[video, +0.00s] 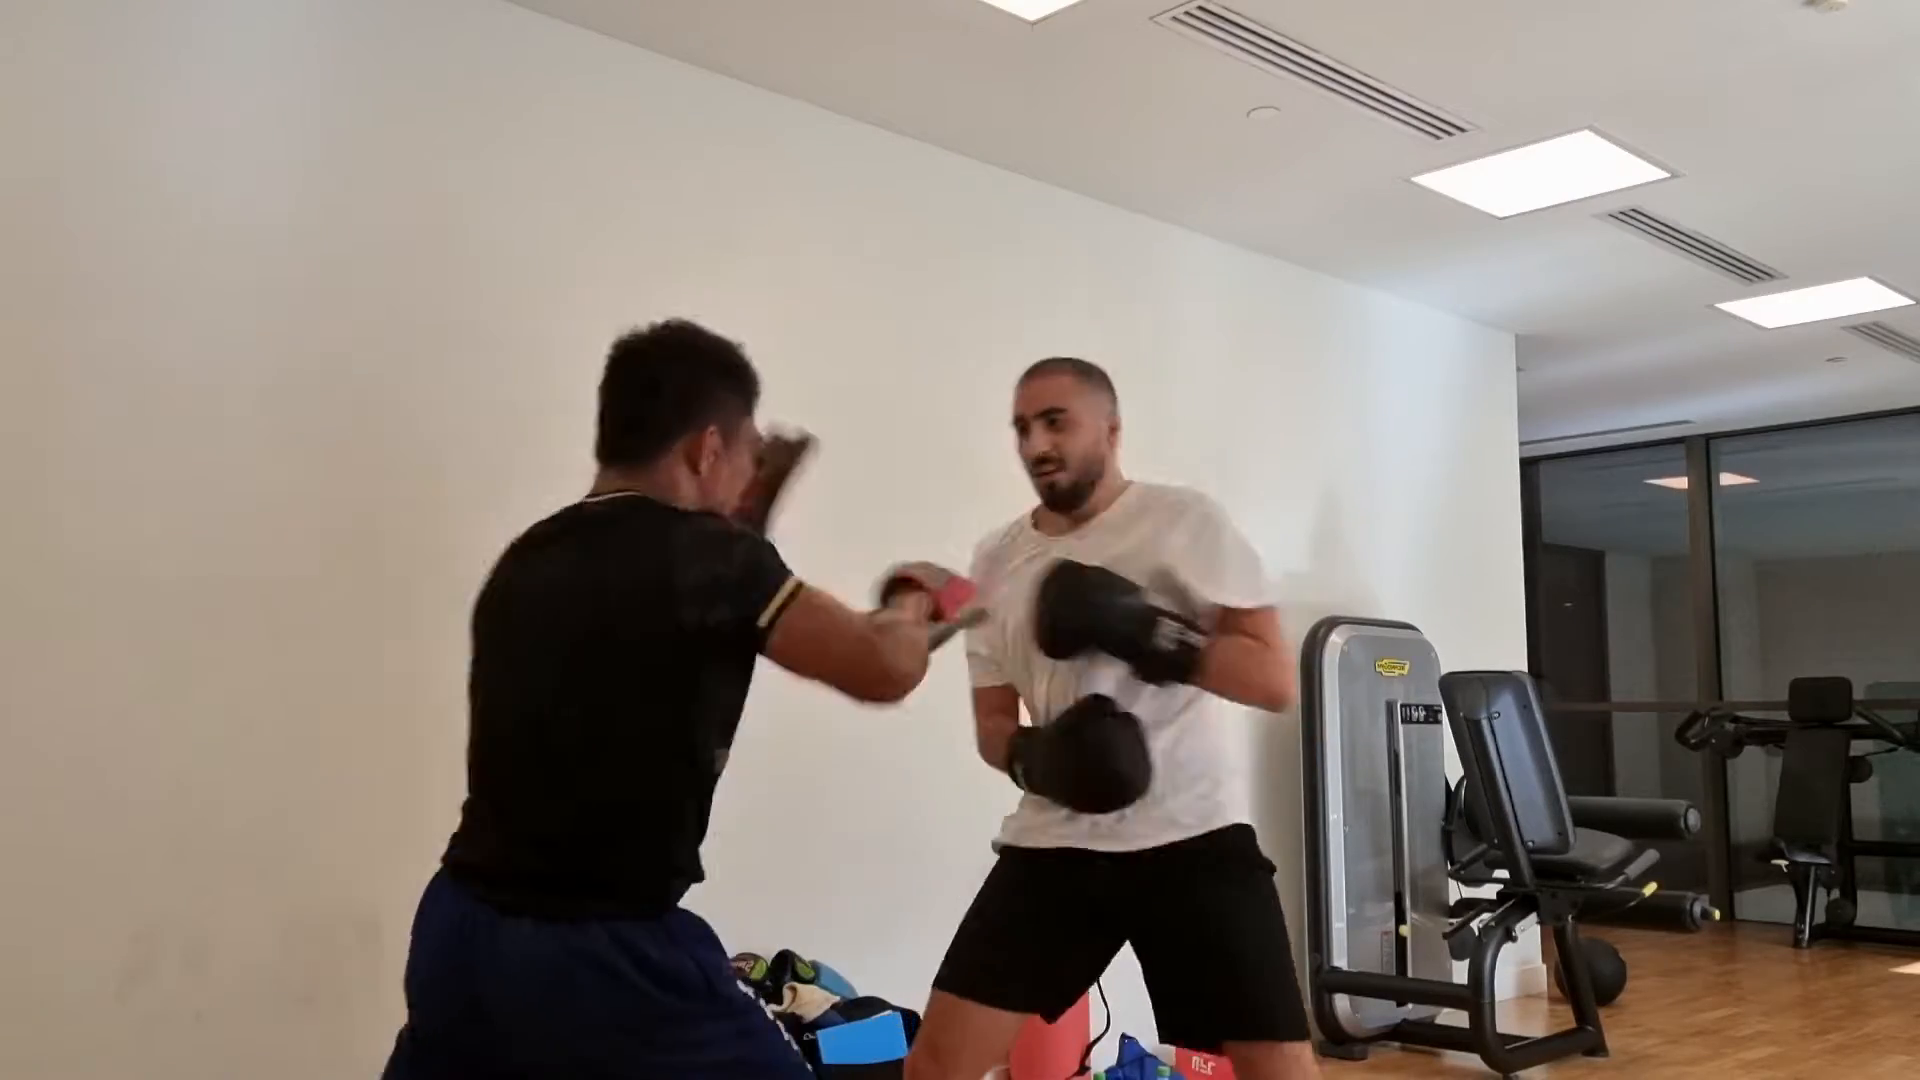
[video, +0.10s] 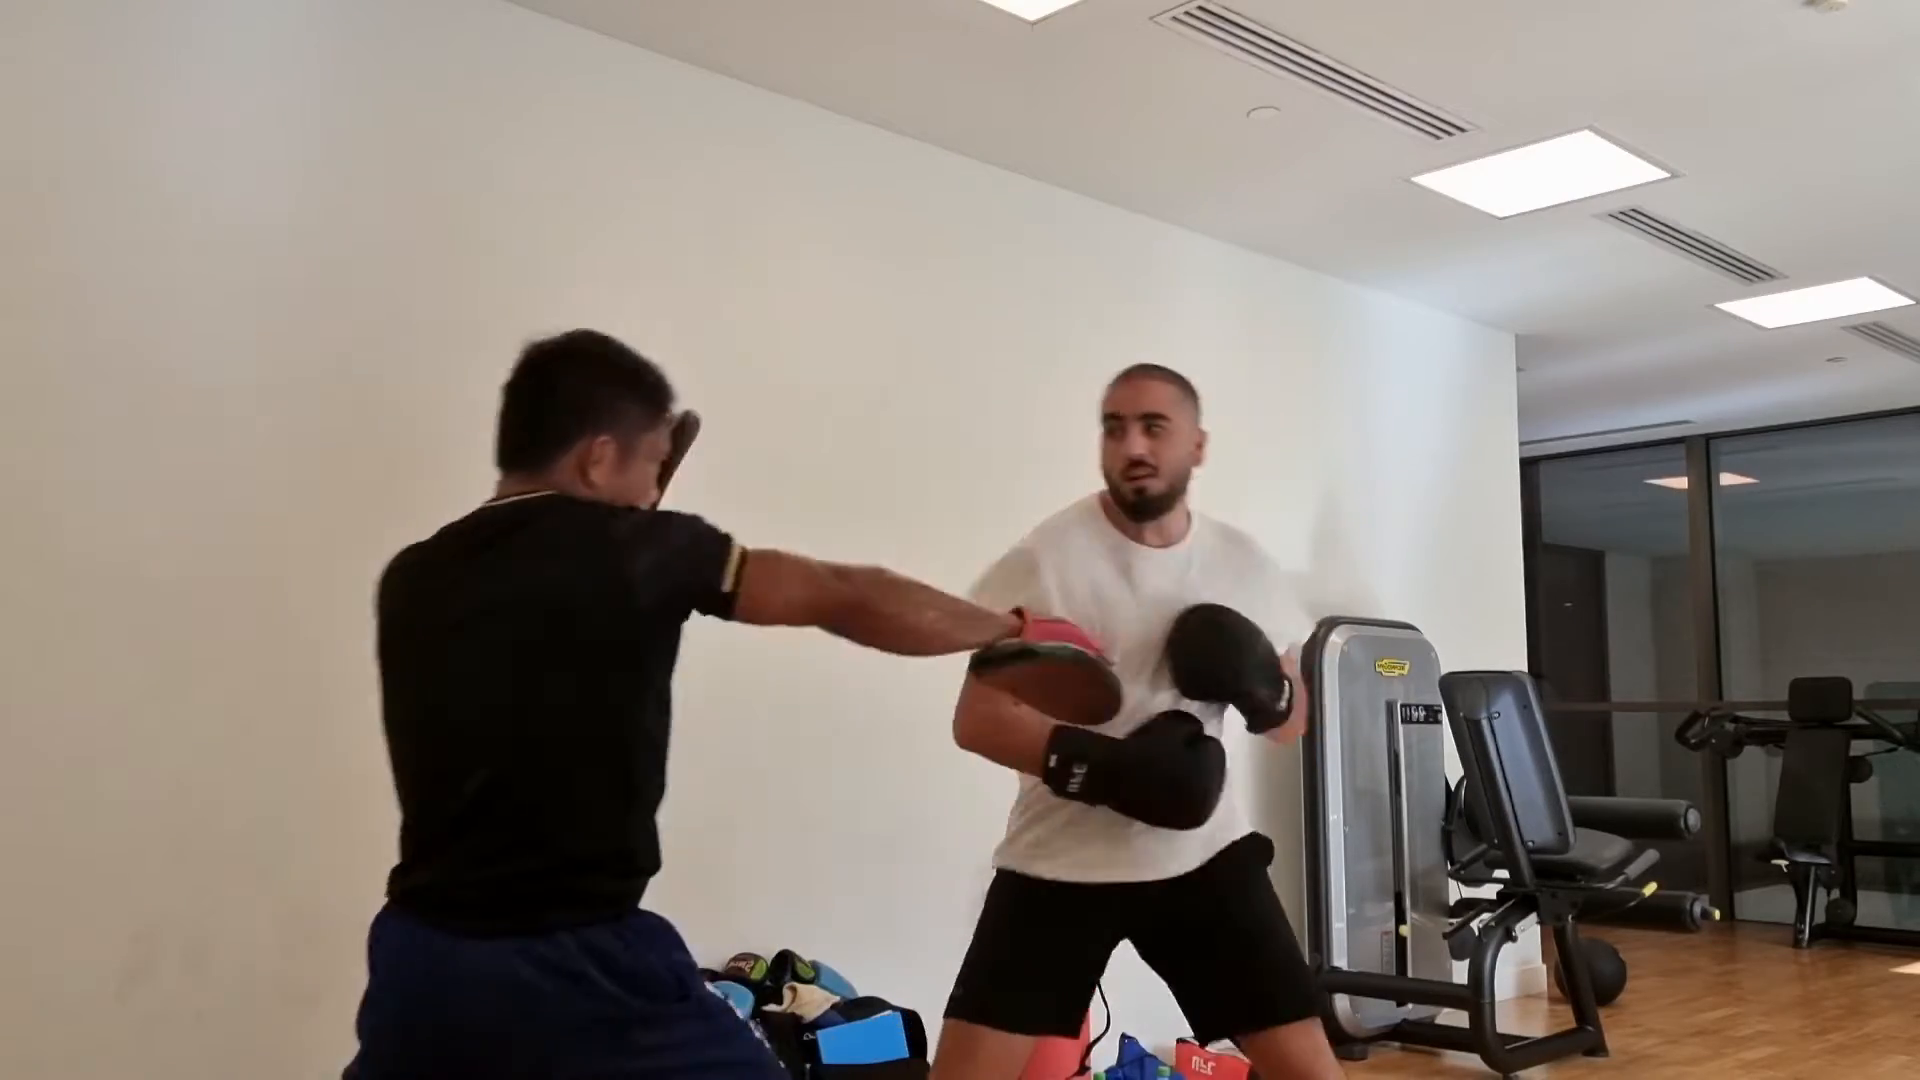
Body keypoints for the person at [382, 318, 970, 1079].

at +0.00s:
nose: (745, 482)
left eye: (754, 466)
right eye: (747, 461)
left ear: (614, 436)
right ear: (706, 449)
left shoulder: (523, 559)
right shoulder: (707, 555)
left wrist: (738, 527)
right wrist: (912, 600)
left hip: (463, 941)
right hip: (622, 958)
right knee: (777, 1063)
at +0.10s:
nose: (655, 494)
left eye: (662, 472)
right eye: (653, 469)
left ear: (514, 452)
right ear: (596, 457)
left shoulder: (409, 575)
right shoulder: (637, 546)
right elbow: (842, 596)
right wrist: (1001, 626)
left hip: (423, 972)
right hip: (596, 973)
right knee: (754, 1066)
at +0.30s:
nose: (653, 500)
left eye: (657, 474)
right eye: (651, 472)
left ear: (514, 465)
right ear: (597, 467)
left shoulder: (425, 588)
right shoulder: (617, 569)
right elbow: (783, 696)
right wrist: (914, 640)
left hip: (404, 988)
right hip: (575, 995)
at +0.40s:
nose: (719, 484)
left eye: (723, 460)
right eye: (716, 459)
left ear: (588, 442)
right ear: (672, 456)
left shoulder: (541, 552)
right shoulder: (604, 563)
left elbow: (721, 653)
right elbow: (760, 701)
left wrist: (713, 520)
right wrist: (807, 599)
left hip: (454, 950)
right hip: (561, 967)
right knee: (726, 1062)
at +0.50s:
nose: (717, 477)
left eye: (721, 456)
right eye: (715, 454)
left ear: (584, 438)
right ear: (672, 450)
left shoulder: (516, 555)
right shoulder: (621, 547)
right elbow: (771, 662)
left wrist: (713, 569)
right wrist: (797, 530)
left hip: (458, 938)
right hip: (598, 949)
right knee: (772, 1062)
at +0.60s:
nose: (696, 469)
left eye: (703, 450)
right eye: (698, 448)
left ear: (564, 433)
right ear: (660, 435)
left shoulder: (449, 562)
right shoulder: (686, 527)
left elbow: (437, 683)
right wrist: (857, 469)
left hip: (483, 946)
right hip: (668, 943)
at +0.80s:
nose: (793, 461)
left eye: (798, 437)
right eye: (793, 434)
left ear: (662, 419)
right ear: (748, 431)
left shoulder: (568, 544)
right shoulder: (704, 544)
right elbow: (799, 729)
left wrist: (892, 655)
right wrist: (923, 635)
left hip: (509, 929)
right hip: (651, 947)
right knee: (816, 1065)